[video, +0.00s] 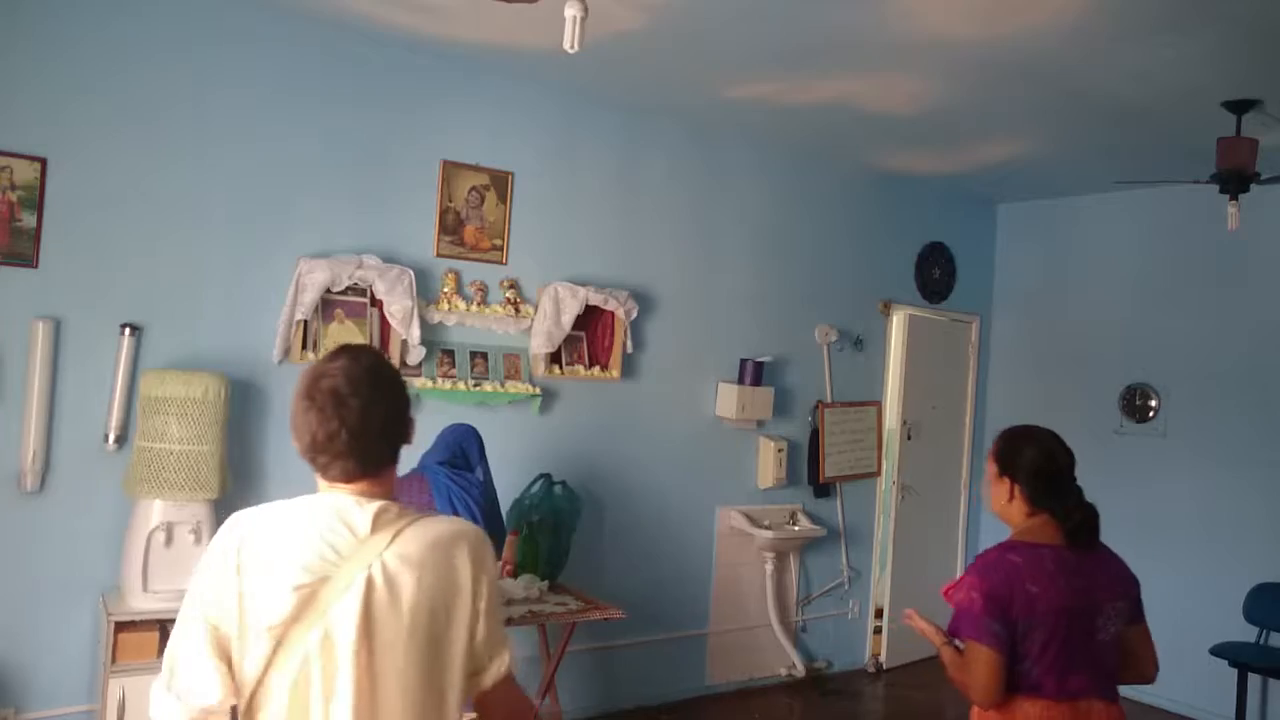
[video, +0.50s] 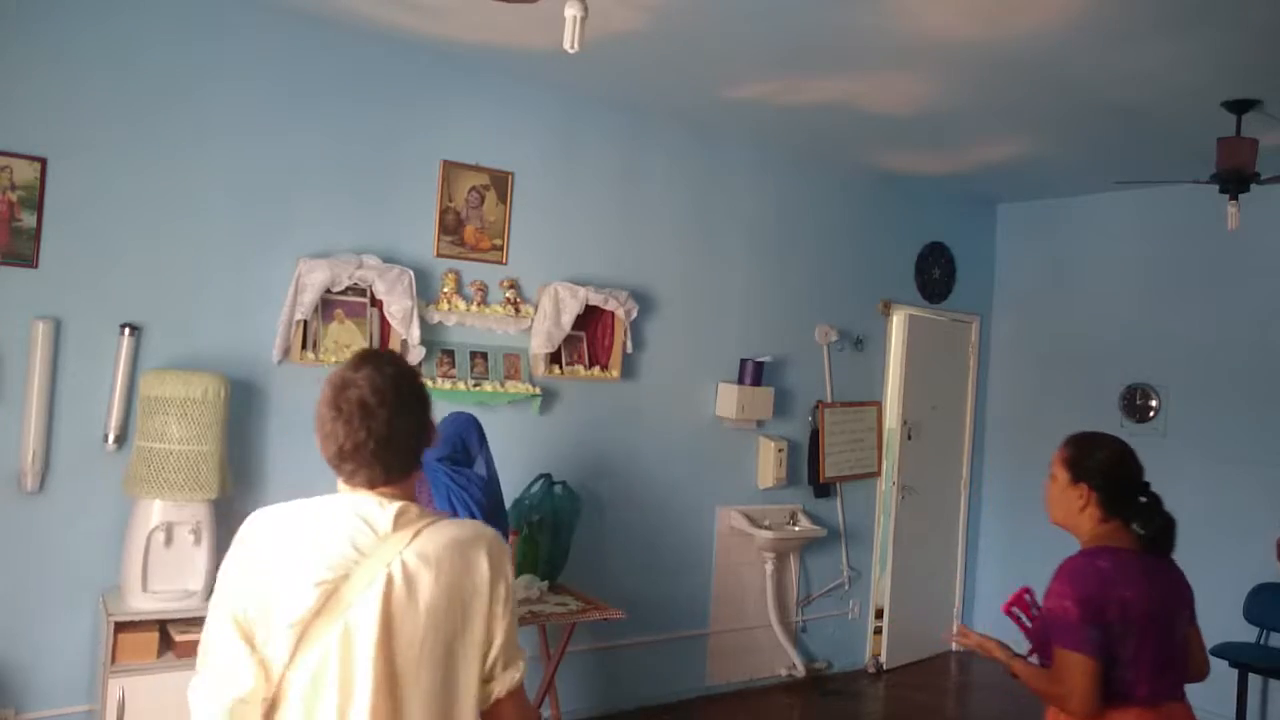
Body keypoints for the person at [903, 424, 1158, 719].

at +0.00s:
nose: (987, 486)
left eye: (990, 476)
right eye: (989, 475)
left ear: (1009, 488)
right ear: (1060, 483)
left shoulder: (992, 572)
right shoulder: (1110, 565)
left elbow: (984, 693)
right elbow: (1143, 667)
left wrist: (942, 645)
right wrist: (1069, 661)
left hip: (1020, 710)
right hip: (1100, 709)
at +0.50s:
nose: (1046, 488)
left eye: (1052, 478)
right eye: (1049, 477)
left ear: (1082, 495)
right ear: (1125, 494)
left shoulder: (1079, 576)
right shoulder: (1164, 568)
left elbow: (1078, 701)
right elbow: (1196, 666)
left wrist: (1007, 658)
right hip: (1176, 711)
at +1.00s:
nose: (1067, 488)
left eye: (1077, 476)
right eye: (1073, 476)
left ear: (1107, 494)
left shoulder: (1101, 575)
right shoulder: (1176, 569)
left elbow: (1089, 697)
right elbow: (1195, 676)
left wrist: (1021, 649)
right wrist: (1055, 648)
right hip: (1168, 711)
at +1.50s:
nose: (1017, 475)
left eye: (1025, 469)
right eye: (1022, 467)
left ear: (1052, 491)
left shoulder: (1037, 568)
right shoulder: (1119, 567)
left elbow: (1018, 685)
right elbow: (1137, 665)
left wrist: (961, 636)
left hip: (1031, 710)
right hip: (1103, 707)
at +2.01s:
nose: (956, 469)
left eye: (964, 463)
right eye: (961, 461)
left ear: (987, 485)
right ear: (1027, 484)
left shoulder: (962, 555)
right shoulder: (1061, 559)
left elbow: (940, 668)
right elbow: (1085, 657)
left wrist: (898, 624)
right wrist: (1016, 647)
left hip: (969, 702)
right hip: (1041, 701)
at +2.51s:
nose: (927, 471)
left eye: (932, 464)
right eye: (931, 462)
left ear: (952, 483)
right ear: (993, 482)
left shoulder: (928, 553)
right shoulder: (1026, 555)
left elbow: (914, 658)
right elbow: (1045, 648)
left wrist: (875, 621)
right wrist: (984, 639)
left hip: (936, 694)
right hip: (1006, 692)